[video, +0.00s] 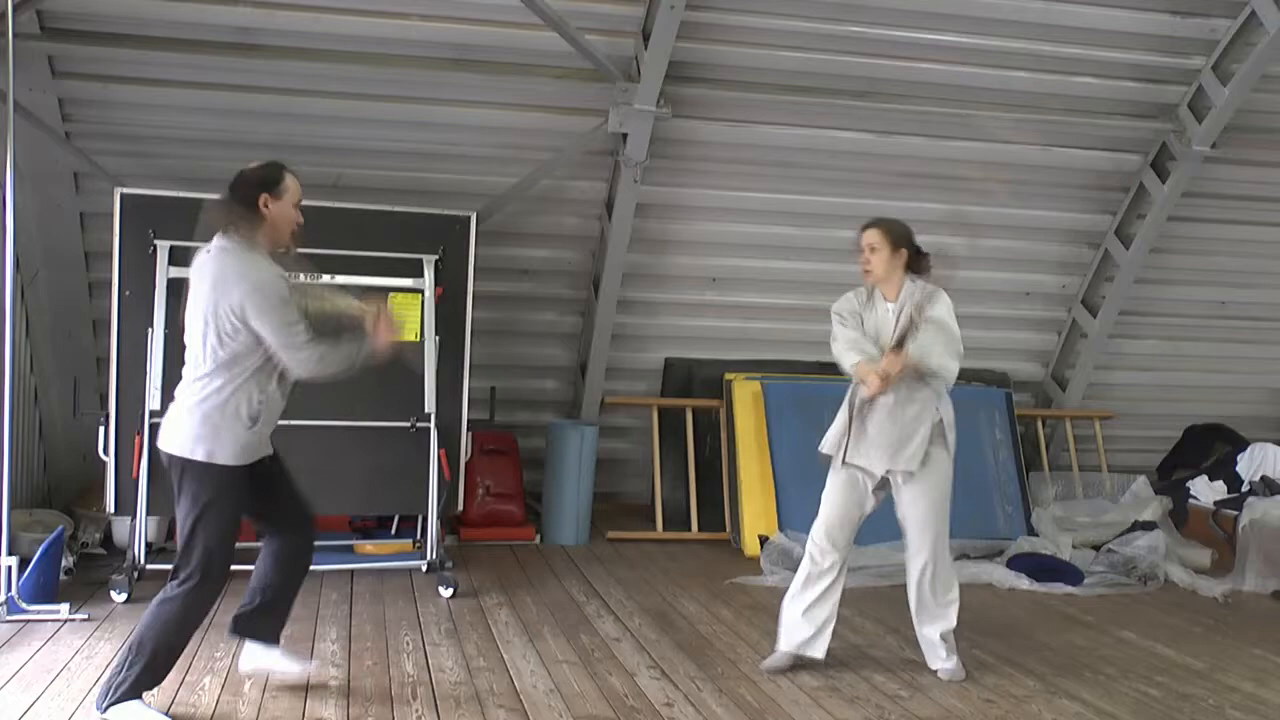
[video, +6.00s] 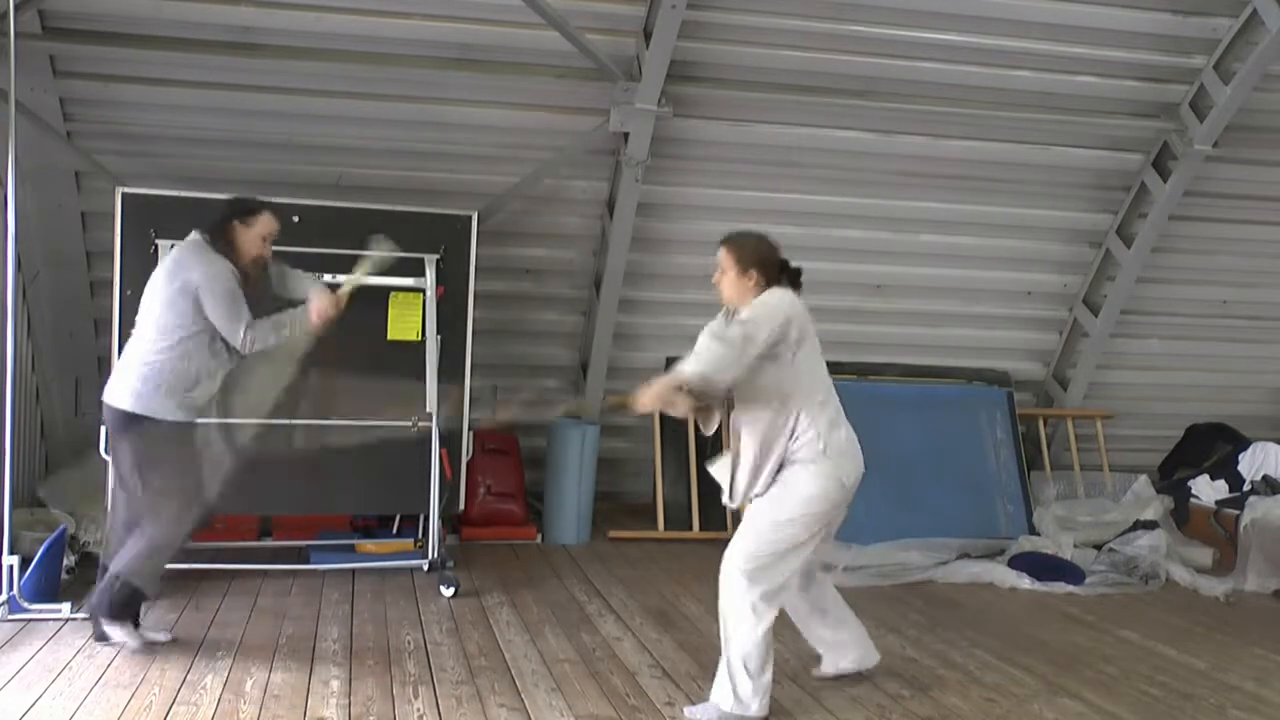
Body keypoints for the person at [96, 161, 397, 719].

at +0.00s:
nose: (301, 217)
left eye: (301, 206)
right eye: (296, 205)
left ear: (262, 204)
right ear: (266, 204)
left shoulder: (221, 255)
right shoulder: (255, 274)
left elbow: (293, 299)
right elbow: (304, 360)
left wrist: (355, 309)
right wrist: (373, 345)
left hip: (231, 438)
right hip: (213, 443)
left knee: (293, 530)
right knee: (201, 575)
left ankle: (259, 640)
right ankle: (116, 698)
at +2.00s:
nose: (587, 244)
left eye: (594, 233)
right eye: (582, 229)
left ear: (593, 237)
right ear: (555, 224)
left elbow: (630, 262)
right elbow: (538, 224)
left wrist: (629, 196)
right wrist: (592, 184)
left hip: (536, 440)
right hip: (482, 434)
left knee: (554, 549)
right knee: (496, 563)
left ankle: (520, 668)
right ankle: (431, 700)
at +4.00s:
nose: (376, 214)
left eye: (375, 203)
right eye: (369, 202)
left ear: (345, 203)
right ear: (338, 200)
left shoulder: (332, 261)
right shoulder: (299, 250)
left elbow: (392, 321)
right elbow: (371, 301)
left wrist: (463, 296)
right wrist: (455, 287)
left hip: (340, 436)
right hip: (306, 433)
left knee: (357, 540)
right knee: (294, 564)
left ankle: (343, 660)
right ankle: (247, 702)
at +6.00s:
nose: (268, 252)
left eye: (271, 242)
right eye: (263, 239)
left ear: (235, 230)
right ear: (237, 228)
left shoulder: (196, 254)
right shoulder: (211, 268)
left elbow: (278, 276)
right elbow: (246, 337)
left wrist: (319, 289)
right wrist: (308, 318)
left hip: (131, 402)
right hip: (152, 409)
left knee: (135, 509)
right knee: (177, 507)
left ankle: (120, 612)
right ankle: (113, 606)